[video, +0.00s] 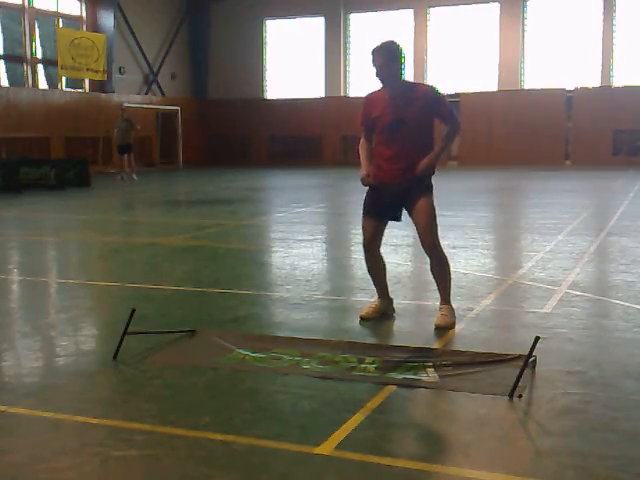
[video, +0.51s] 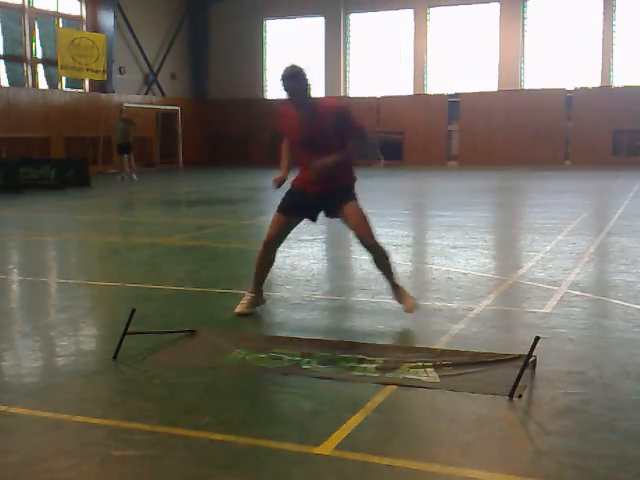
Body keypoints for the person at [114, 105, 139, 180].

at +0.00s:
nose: (122, 113)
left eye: (124, 111)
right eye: (121, 111)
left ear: (126, 112)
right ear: (120, 112)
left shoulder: (128, 121)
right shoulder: (119, 122)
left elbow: (136, 128)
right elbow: (116, 130)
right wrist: (116, 140)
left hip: (129, 142)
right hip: (121, 142)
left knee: (131, 158)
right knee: (122, 159)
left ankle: (133, 173)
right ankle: (122, 173)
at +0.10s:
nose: (123, 114)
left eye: (124, 112)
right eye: (122, 112)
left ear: (125, 113)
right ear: (120, 113)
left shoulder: (129, 121)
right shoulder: (118, 122)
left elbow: (137, 128)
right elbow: (116, 131)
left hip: (128, 142)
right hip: (121, 142)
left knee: (131, 158)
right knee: (122, 159)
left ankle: (133, 173)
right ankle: (122, 173)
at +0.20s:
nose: (122, 114)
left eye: (123, 112)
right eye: (121, 112)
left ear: (125, 113)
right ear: (119, 113)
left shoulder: (129, 122)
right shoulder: (118, 123)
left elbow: (136, 126)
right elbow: (115, 132)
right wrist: (115, 141)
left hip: (128, 142)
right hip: (120, 142)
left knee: (131, 158)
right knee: (122, 159)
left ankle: (133, 173)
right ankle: (122, 173)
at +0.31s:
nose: (122, 114)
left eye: (123, 112)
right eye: (120, 112)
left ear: (124, 113)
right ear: (119, 113)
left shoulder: (128, 122)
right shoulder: (117, 122)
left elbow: (135, 125)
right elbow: (117, 126)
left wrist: (127, 120)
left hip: (128, 142)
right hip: (120, 142)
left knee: (131, 158)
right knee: (122, 159)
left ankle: (133, 173)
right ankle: (122, 173)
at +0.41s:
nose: (121, 114)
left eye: (123, 112)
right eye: (120, 112)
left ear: (124, 113)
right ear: (119, 113)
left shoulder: (127, 122)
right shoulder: (117, 123)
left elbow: (134, 125)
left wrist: (127, 120)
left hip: (128, 142)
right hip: (120, 142)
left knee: (131, 158)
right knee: (122, 159)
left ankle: (133, 173)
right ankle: (122, 173)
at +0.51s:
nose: (121, 114)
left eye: (122, 112)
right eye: (120, 112)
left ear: (124, 113)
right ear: (118, 113)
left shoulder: (127, 122)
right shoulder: (117, 123)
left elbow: (134, 124)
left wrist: (127, 120)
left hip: (128, 142)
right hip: (120, 142)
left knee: (131, 158)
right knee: (121, 159)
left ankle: (133, 173)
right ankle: (122, 173)